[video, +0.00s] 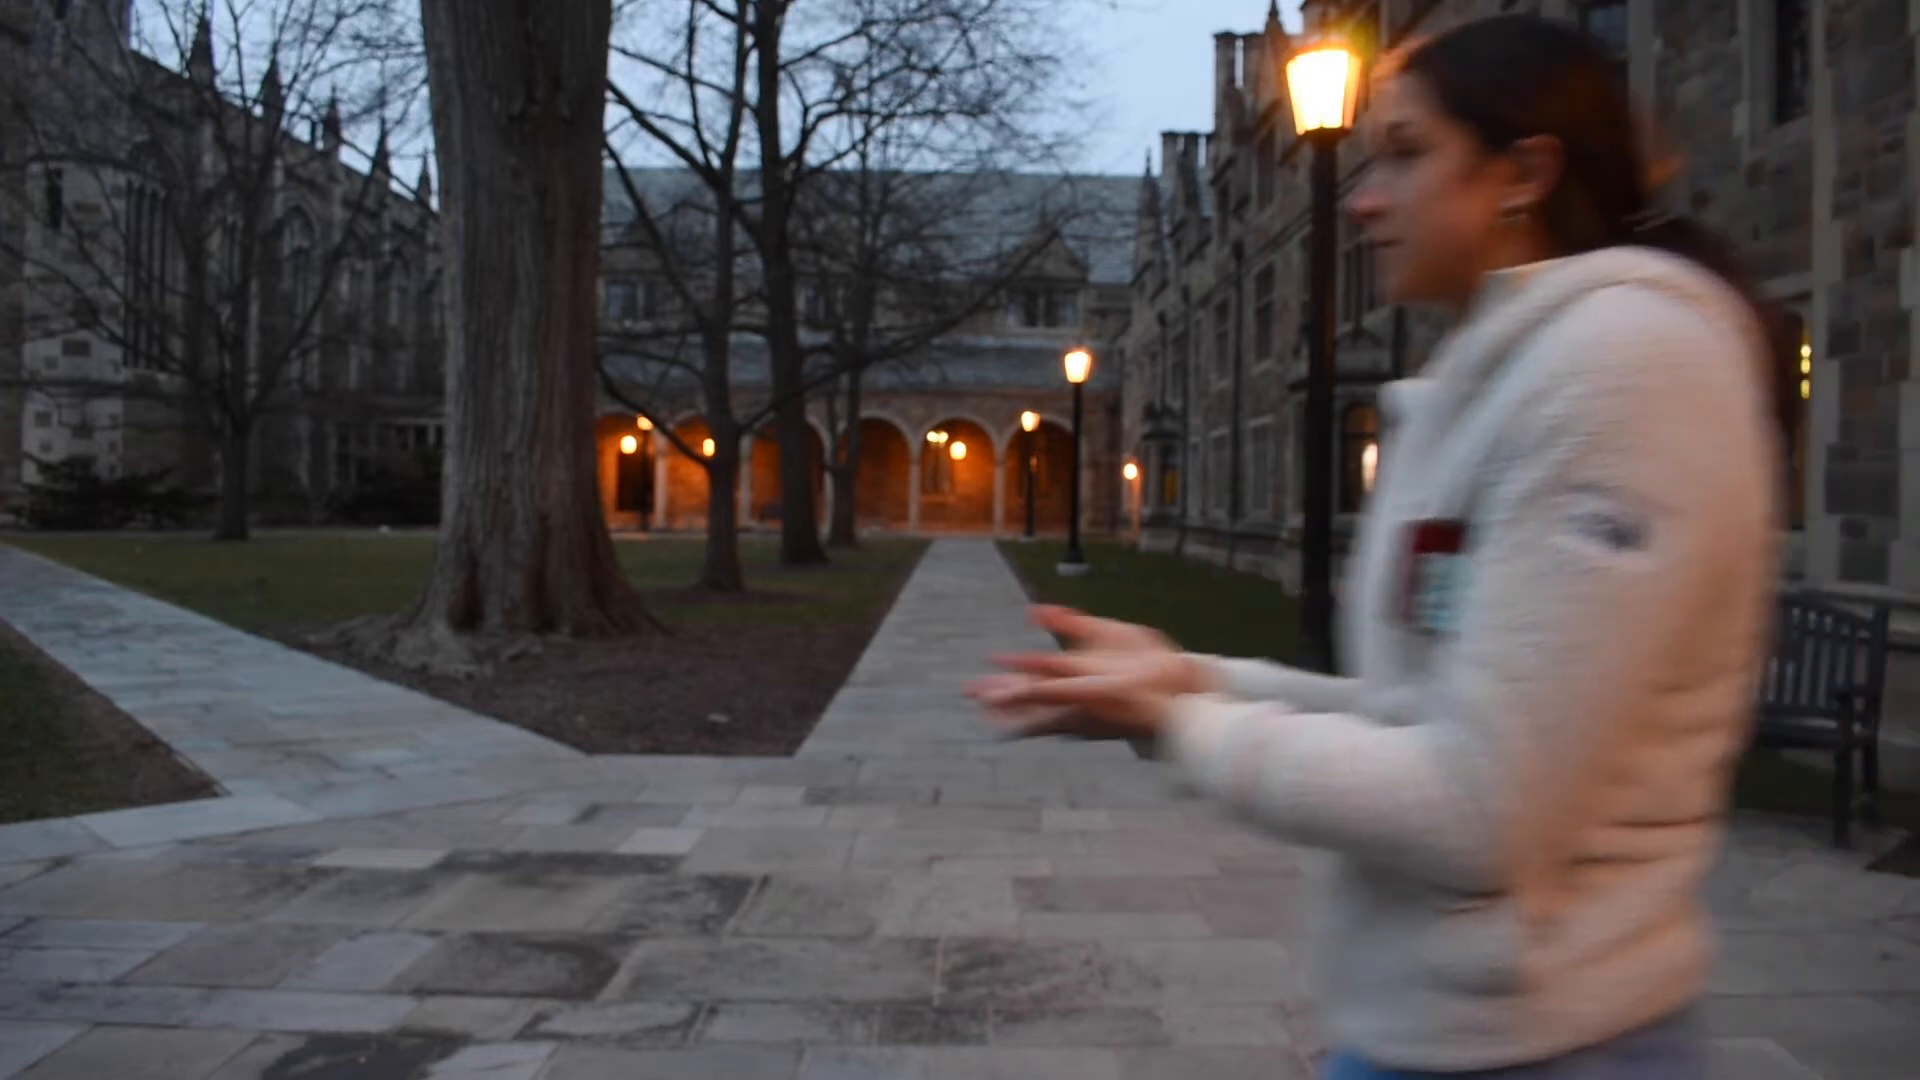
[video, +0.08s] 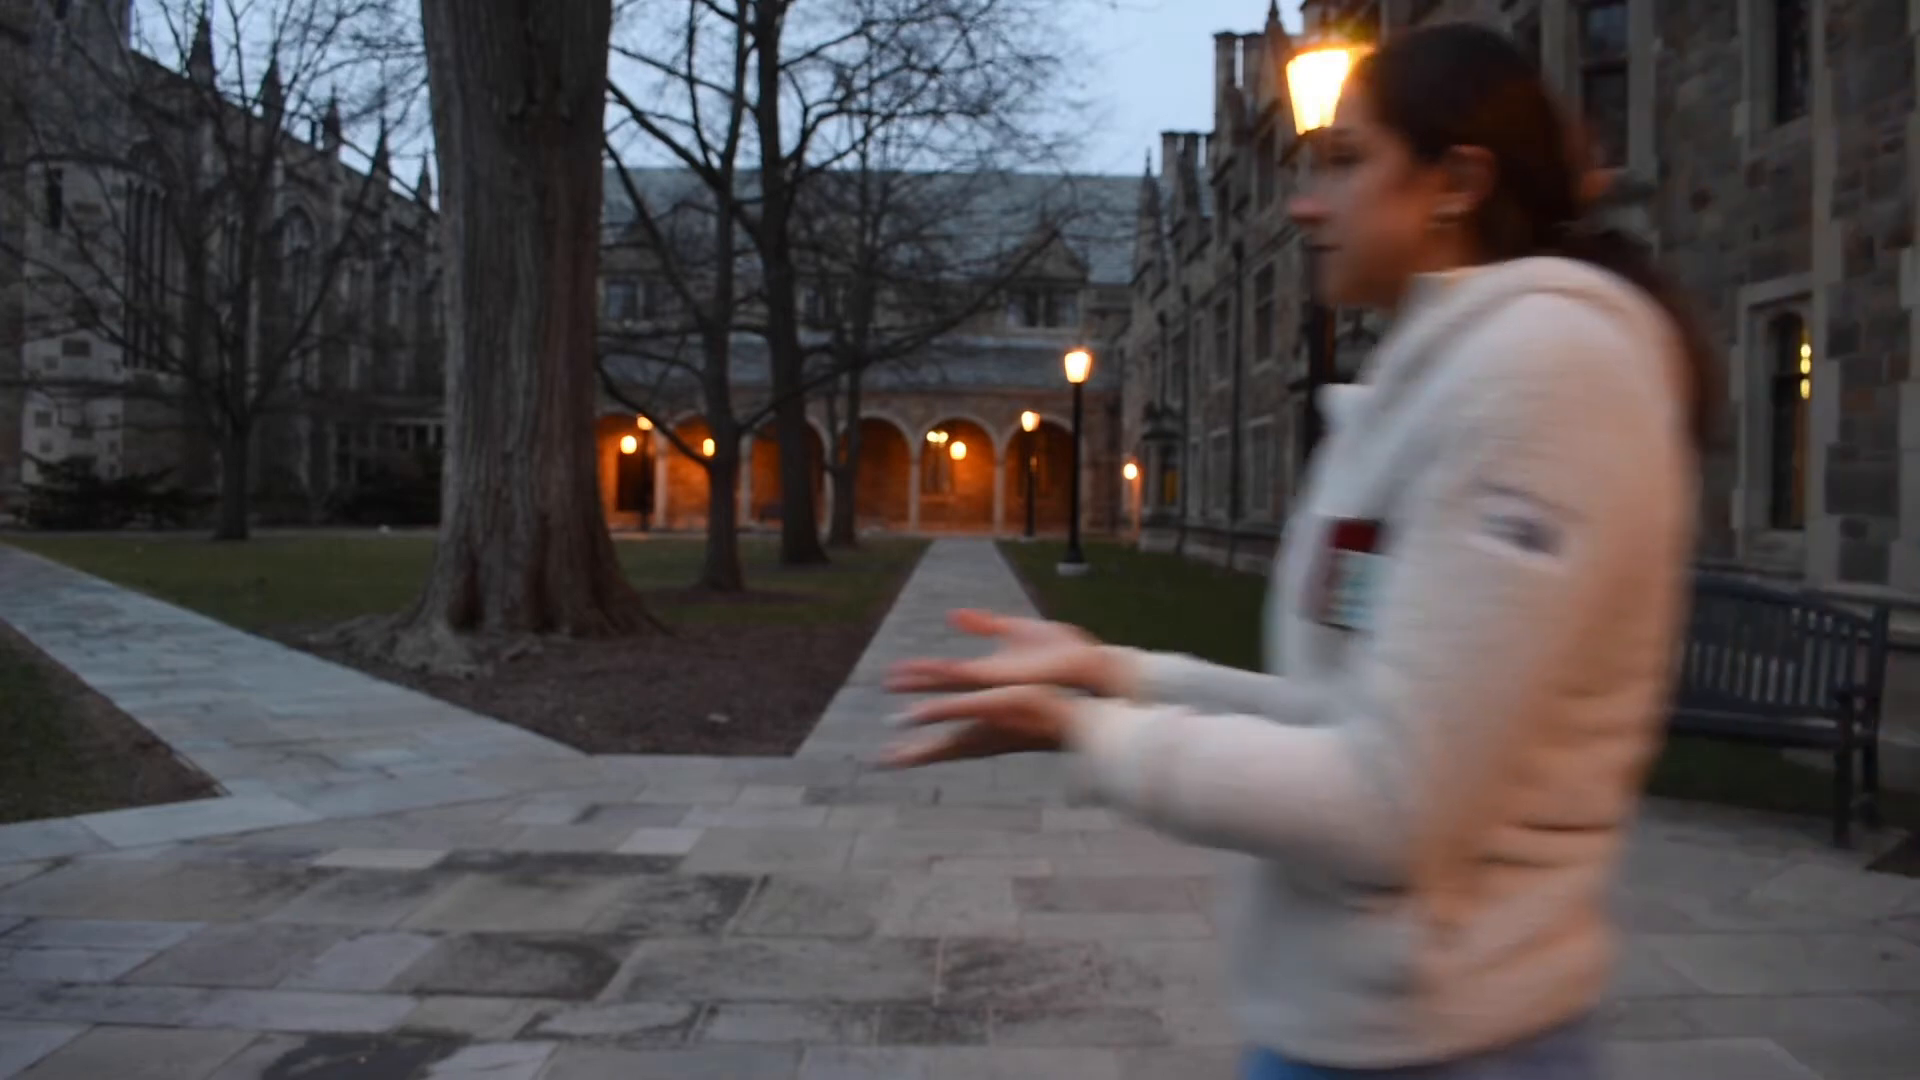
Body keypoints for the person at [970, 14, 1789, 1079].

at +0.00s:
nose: (1361, 199)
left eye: (1403, 153)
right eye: (1368, 158)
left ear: (1524, 172)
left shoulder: (1631, 354)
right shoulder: (1485, 369)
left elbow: (1485, 811)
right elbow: (1440, 723)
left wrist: (1180, 718)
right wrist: (1194, 681)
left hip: (1547, 1036)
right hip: (1431, 1026)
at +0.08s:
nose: (1303, 204)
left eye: (1344, 162)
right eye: (1316, 165)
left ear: (1457, 181)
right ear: (1442, 187)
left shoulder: (1550, 360)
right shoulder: (1442, 361)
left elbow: (1393, 808)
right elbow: (1371, 724)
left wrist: (1088, 726)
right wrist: (1120, 675)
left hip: (1437, 1038)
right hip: (1359, 1023)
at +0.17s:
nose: (1240, 198)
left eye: (1279, 156)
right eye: (1250, 159)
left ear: (1394, 176)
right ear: (1389, 179)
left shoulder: (1469, 349)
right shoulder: (1388, 349)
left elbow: (1311, 787)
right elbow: (1284, 706)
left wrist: (1006, 719)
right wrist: (1045, 670)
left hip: (1348, 1031)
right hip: (1295, 1016)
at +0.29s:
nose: (1147, 194)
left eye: (1182, 153)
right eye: (1162, 156)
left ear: (1292, 177)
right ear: (1285, 180)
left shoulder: (1366, 348)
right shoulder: (1287, 348)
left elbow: (1217, 772)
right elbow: (1180, 694)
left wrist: (931, 706)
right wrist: (943, 661)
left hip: (1256, 1016)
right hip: (1210, 1003)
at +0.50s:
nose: (1004, 179)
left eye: (1038, 143)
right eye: (1019, 143)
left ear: (1143, 168)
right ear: (1138, 172)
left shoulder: (1215, 334)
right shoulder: (1156, 330)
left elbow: (1075, 753)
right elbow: (1049, 676)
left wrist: (793, 692)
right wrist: (821, 653)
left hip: (1130, 997)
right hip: (1101, 985)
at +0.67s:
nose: (905, 189)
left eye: (939, 151)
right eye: (923, 151)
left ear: (1037, 180)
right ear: (1035, 183)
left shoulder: (1102, 349)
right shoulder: (1060, 343)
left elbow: (947, 754)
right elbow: (936, 678)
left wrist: (677, 674)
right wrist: (716, 645)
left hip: (1015, 998)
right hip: (999, 987)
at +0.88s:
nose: (788, 185)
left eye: (826, 148)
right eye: (804, 148)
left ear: (928, 184)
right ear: (921, 188)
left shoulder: (980, 352)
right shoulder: (934, 348)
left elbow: (812, 753)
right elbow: (807, 677)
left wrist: (531, 644)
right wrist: (604, 608)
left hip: (870, 992)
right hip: (859, 981)